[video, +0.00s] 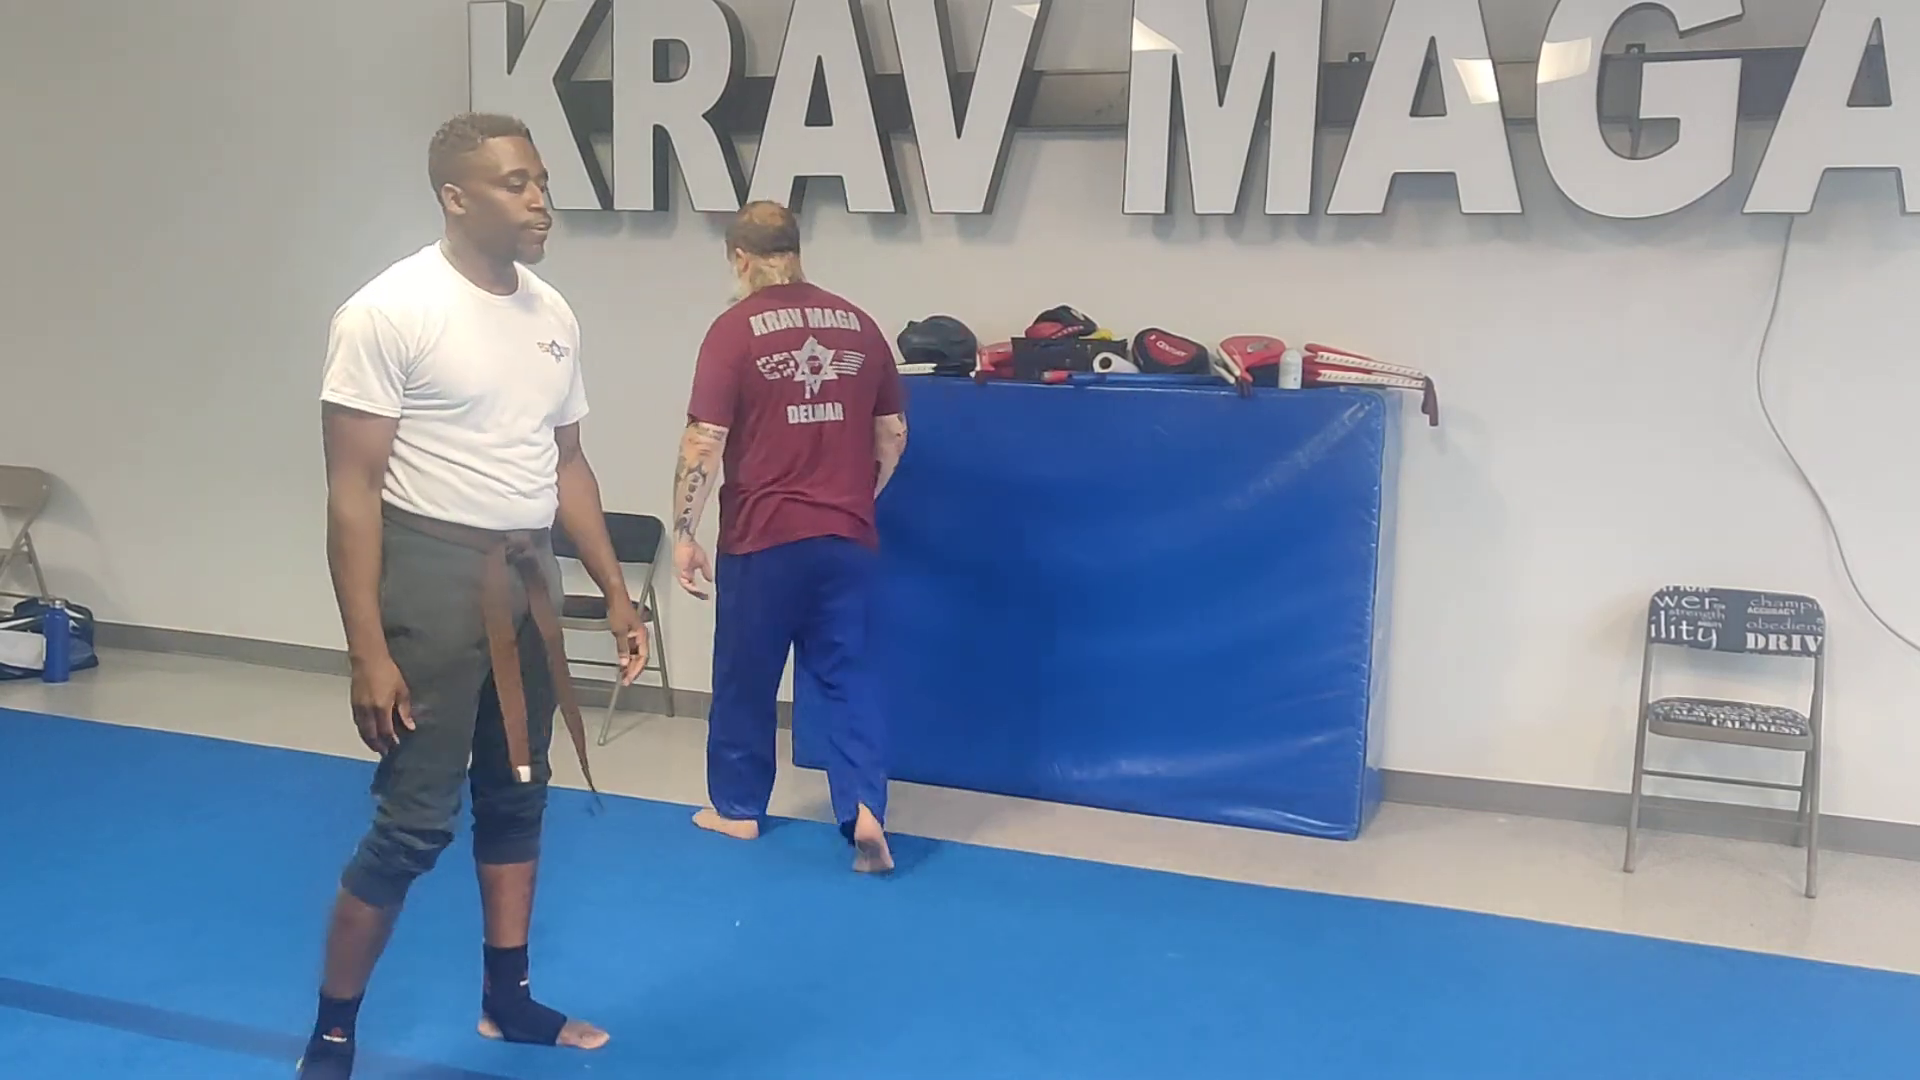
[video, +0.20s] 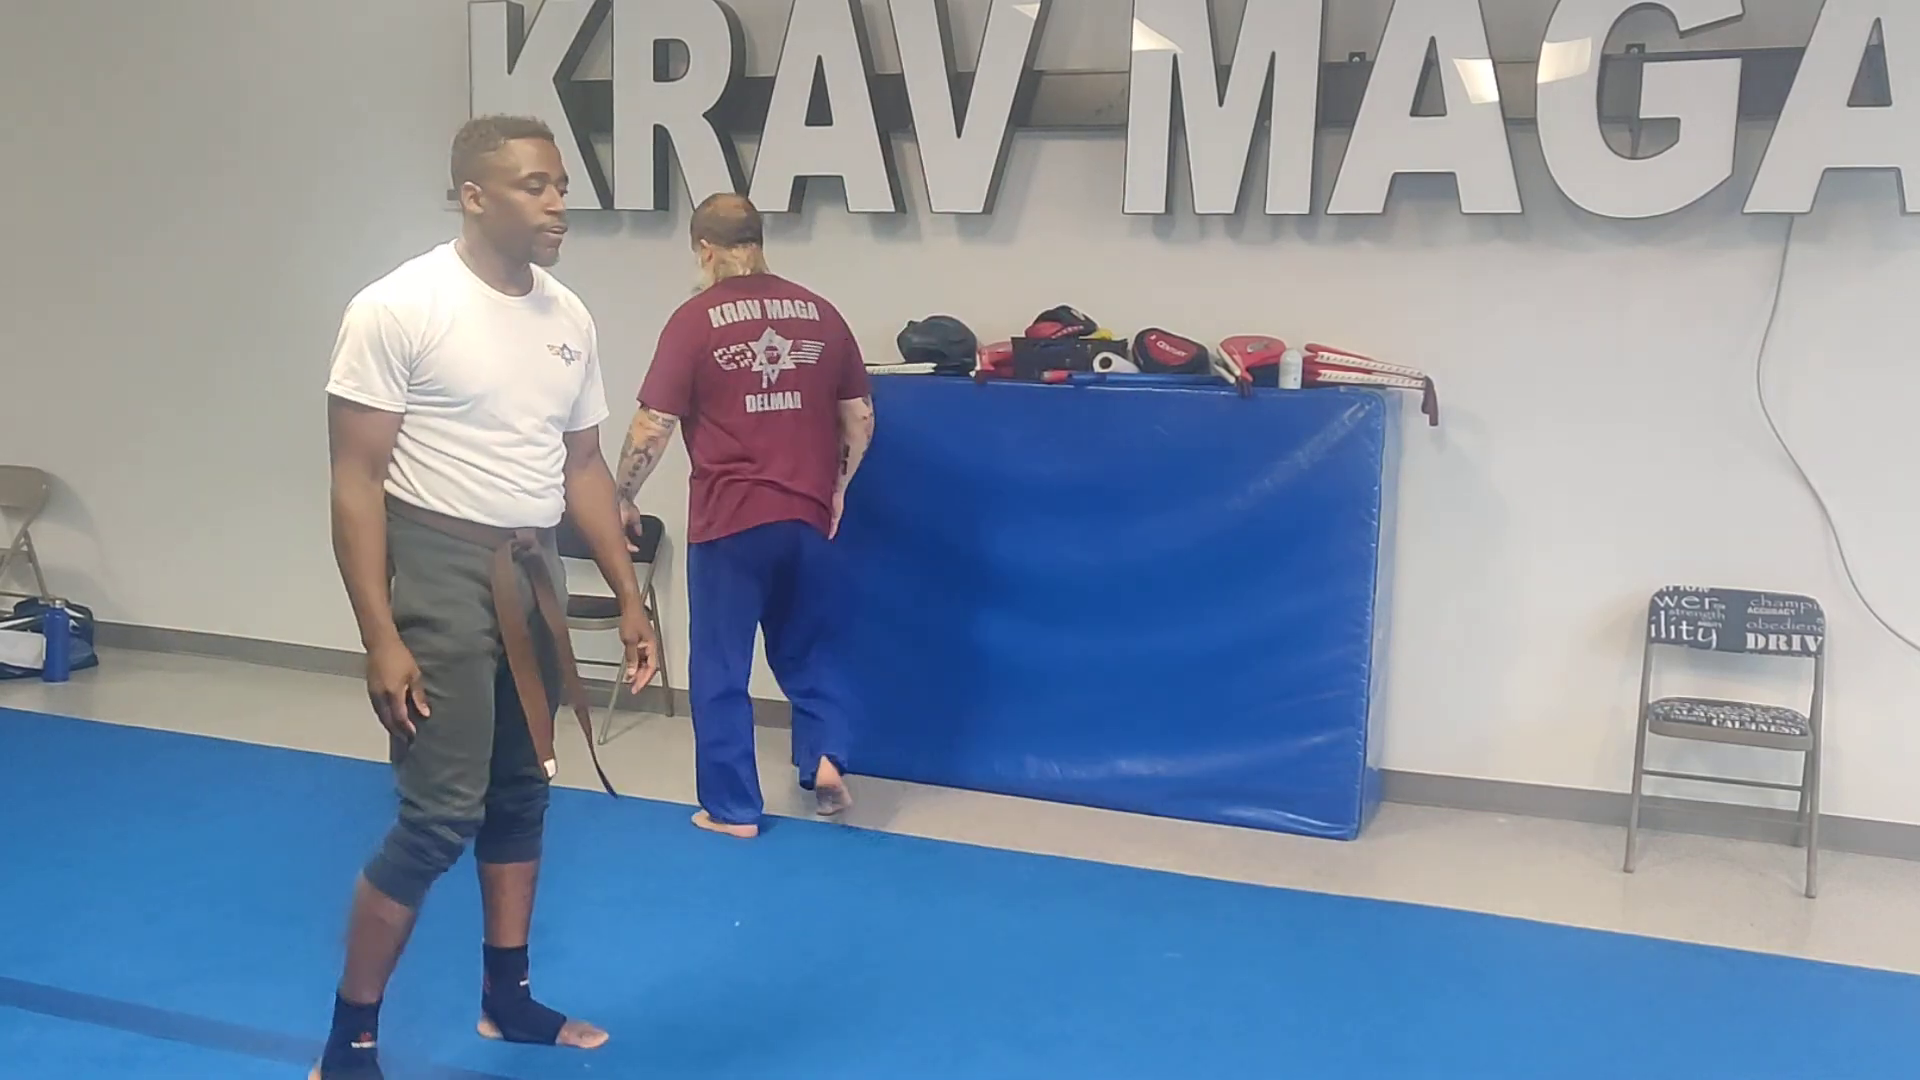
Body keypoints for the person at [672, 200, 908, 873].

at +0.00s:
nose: (731, 270)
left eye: (730, 261)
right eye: (734, 260)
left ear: (739, 259)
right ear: (798, 256)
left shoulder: (734, 329)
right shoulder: (859, 323)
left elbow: (704, 444)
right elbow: (890, 436)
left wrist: (684, 532)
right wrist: (853, 502)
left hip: (765, 532)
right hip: (848, 529)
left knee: (745, 678)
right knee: (845, 674)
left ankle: (739, 809)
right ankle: (864, 807)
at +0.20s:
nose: (696, 262)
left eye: (695, 253)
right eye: (696, 253)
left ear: (706, 251)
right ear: (761, 247)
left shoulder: (696, 318)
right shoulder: (821, 311)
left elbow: (650, 431)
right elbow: (860, 418)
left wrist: (623, 498)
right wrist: (836, 485)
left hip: (731, 515)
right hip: (810, 511)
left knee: (721, 669)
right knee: (807, 647)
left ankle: (733, 809)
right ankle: (825, 756)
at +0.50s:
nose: (670, 277)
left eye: (670, 268)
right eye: (672, 267)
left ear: (682, 266)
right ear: (731, 262)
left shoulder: (676, 331)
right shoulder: (786, 330)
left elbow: (621, 433)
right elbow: (819, 432)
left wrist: (574, 483)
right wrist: (789, 495)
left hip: (693, 521)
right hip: (763, 520)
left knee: (696, 665)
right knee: (738, 656)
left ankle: (731, 795)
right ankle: (722, 782)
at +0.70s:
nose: (649, 276)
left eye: (650, 265)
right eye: (648, 266)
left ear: (669, 260)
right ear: (710, 261)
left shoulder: (662, 323)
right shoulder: (760, 325)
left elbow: (629, 423)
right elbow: (784, 419)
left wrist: (603, 498)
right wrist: (748, 476)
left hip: (669, 510)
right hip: (738, 511)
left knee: (629, 618)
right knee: (724, 640)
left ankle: (671, 734)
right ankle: (724, 767)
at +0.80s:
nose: (631, 278)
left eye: (632, 267)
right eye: (630, 268)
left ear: (654, 261)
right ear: (692, 261)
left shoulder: (652, 322)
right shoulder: (745, 323)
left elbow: (628, 421)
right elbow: (765, 416)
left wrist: (609, 499)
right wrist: (730, 472)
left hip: (658, 505)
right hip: (729, 506)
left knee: (614, 628)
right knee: (723, 640)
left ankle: (628, 758)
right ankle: (724, 767)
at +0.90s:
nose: (608, 283)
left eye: (610, 272)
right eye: (607, 273)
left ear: (632, 268)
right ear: (668, 266)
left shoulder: (634, 326)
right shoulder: (721, 324)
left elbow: (621, 427)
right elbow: (742, 415)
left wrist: (602, 507)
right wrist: (718, 481)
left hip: (648, 512)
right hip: (716, 508)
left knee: (609, 637)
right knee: (718, 643)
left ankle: (590, 749)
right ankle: (724, 767)